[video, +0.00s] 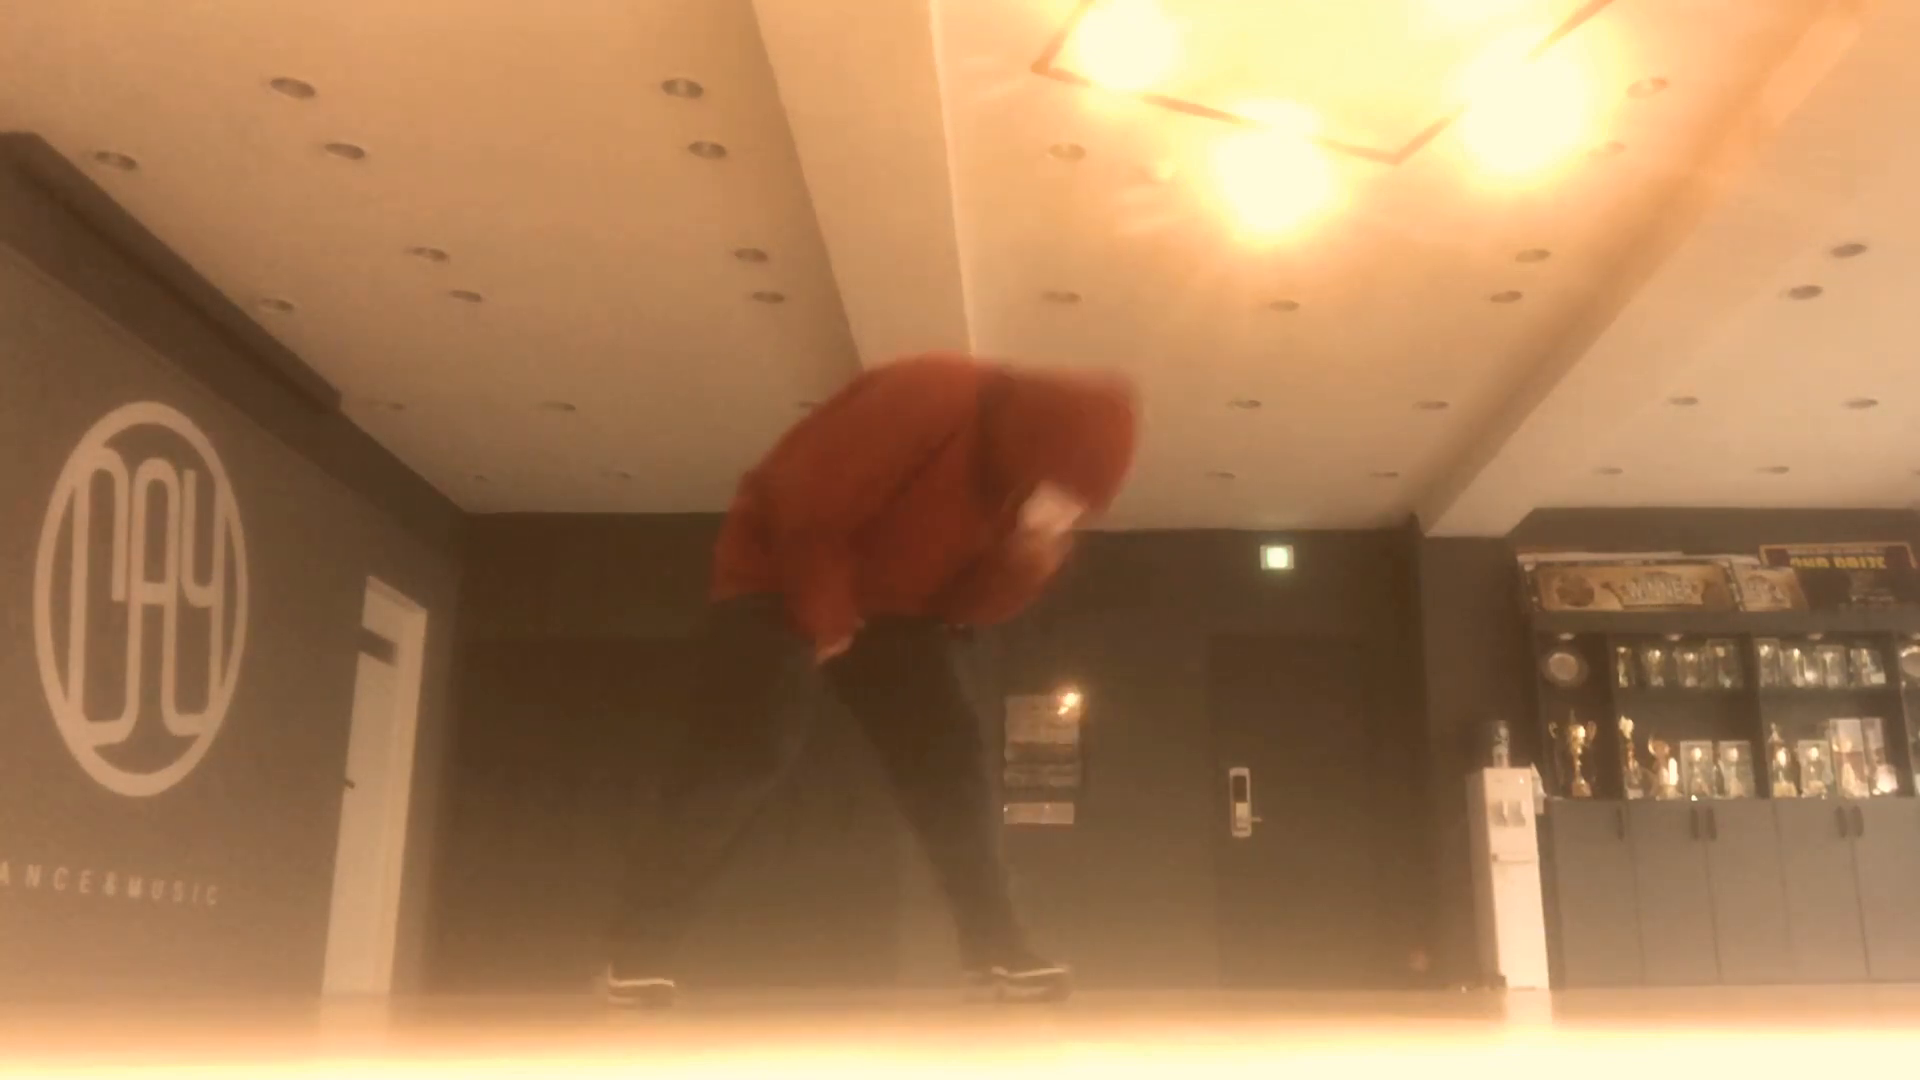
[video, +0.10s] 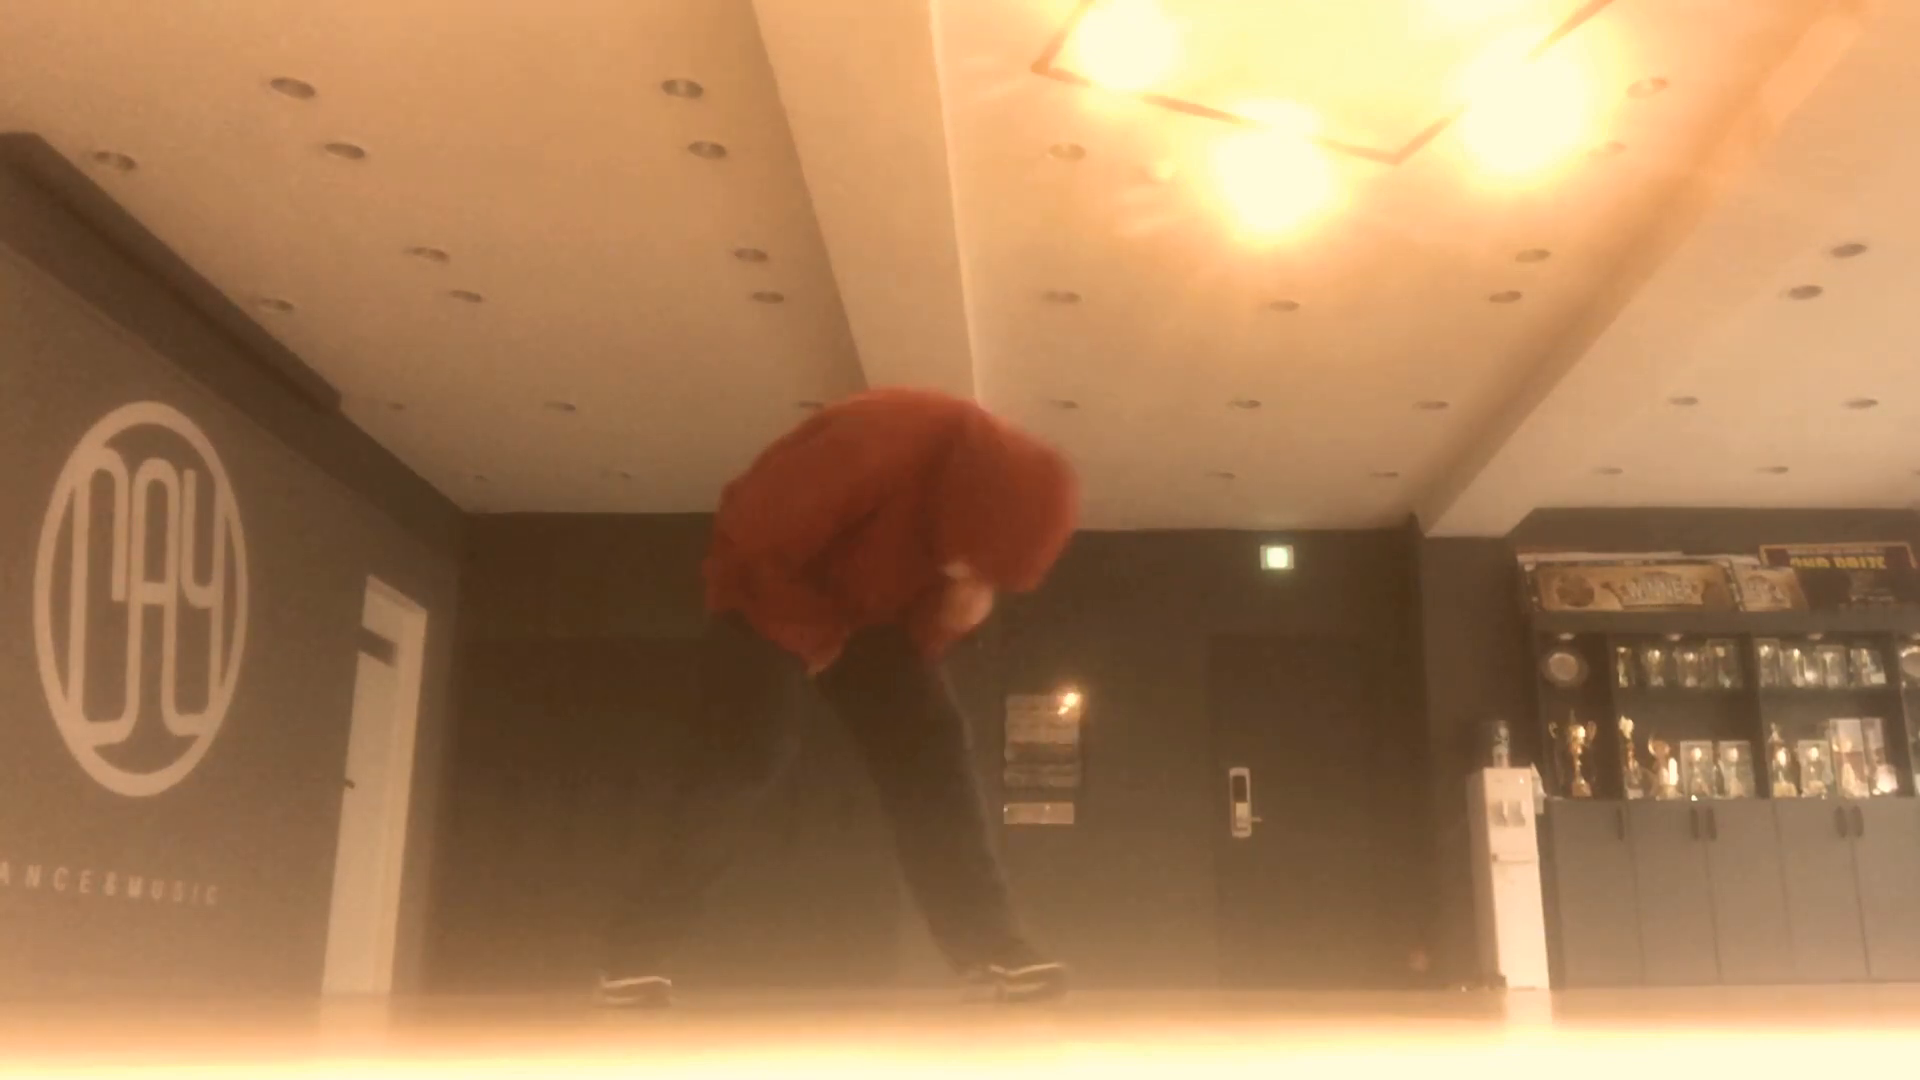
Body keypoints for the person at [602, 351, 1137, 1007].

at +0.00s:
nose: (1051, 502)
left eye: (1070, 499)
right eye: (1056, 486)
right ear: (1036, 441)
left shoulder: (1033, 464)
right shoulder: (929, 397)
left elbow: (967, 607)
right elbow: (801, 491)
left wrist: (1031, 550)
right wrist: (827, 621)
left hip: (889, 598)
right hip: (779, 572)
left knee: (950, 757)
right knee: (749, 748)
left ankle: (995, 948)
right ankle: (640, 946)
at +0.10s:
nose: (976, 572)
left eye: (992, 570)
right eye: (979, 559)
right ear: (969, 507)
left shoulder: (1001, 494)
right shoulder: (879, 440)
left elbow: (920, 643)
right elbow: (752, 532)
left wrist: (954, 618)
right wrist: (810, 631)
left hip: (868, 601)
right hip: (768, 578)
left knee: (932, 744)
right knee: (748, 753)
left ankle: (987, 948)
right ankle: (636, 949)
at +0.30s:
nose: (936, 500)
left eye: (952, 484)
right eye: (919, 485)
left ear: (980, 446)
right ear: (880, 432)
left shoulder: (1004, 421)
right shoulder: (816, 400)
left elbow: (1026, 555)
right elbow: (771, 545)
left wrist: (962, 549)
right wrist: (855, 610)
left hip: (936, 589)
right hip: (826, 582)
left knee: (978, 748)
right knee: (765, 744)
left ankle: (995, 940)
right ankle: (637, 926)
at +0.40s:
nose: (944, 450)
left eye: (955, 436)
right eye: (927, 439)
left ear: (974, 395)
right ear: (877, 401)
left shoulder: (976, 389)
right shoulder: (799, 396)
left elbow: (1029, 508)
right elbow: (787, 546)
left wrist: (991, 489)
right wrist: (879, 608)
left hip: (958, 573)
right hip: (844, 580)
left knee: (1010, 734)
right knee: (810, 743)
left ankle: (1039, 931)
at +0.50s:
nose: (957, 442)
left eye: (964, 427)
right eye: (939, 431)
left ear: (969, 398)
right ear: (890, 407)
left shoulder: (952, 393)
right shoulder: (791, 409)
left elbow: (1014, 514)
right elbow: (790, 574)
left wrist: (1003, 476)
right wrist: (878, 631)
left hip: (953, 579)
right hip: (847, 593)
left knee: (1051, 725)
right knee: (832, 770)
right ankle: (818, 955)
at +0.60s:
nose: (935, 452)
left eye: (947, 436)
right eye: (919, 442)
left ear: (959, 397)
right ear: (876, 403)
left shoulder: (967, 390)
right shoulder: (792, 397)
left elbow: (1013, 520)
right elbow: (776, 557)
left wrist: (973, 484)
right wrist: (869, 632)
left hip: (957, 596)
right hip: (840, 602)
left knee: (1053, 732)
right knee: (820, 768)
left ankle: (1148, 918)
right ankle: (813, 954)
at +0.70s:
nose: (904, 457)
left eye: (922, 445)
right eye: (887, 442)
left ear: (956, 408)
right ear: (857, 396)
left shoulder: (1007, 408)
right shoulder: (816, 377)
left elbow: (998, 550)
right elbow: (782, 521)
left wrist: (930, 505)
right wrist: (852, 603)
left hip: (952, 596)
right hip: (833, 591)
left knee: (1031, 763)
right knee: (803, 764)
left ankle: (1073, 952)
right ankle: (796, 943)